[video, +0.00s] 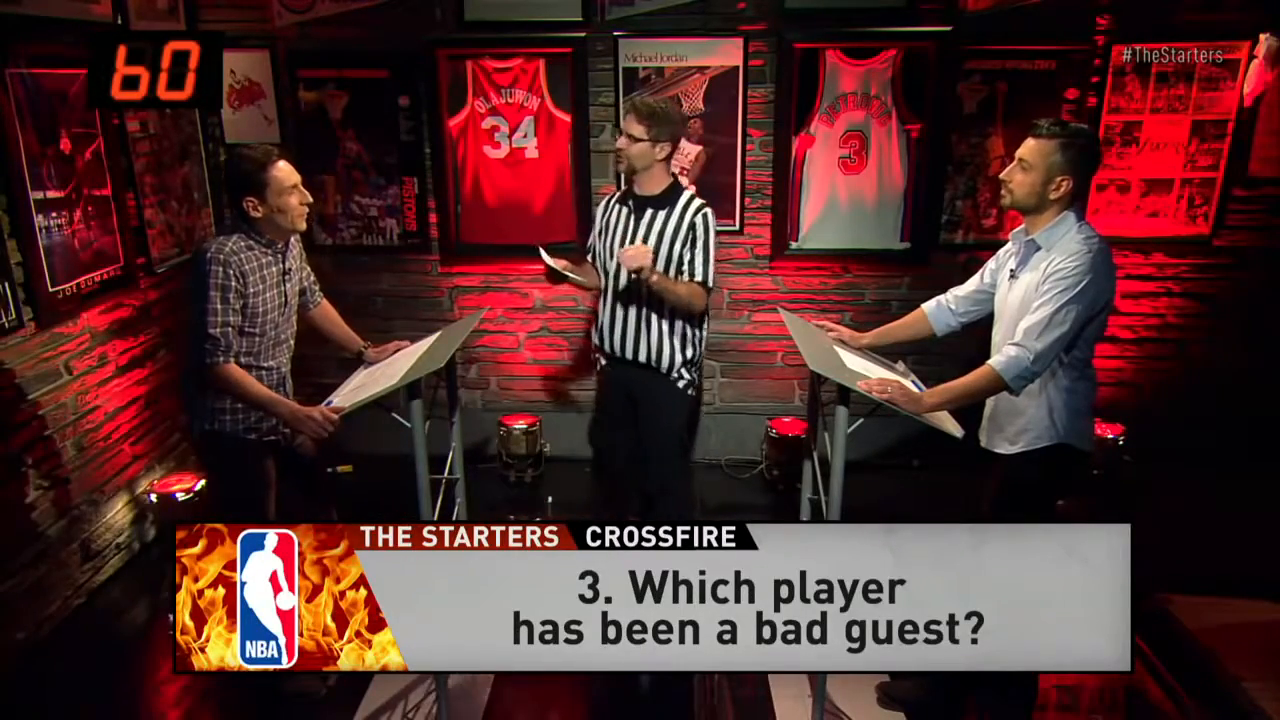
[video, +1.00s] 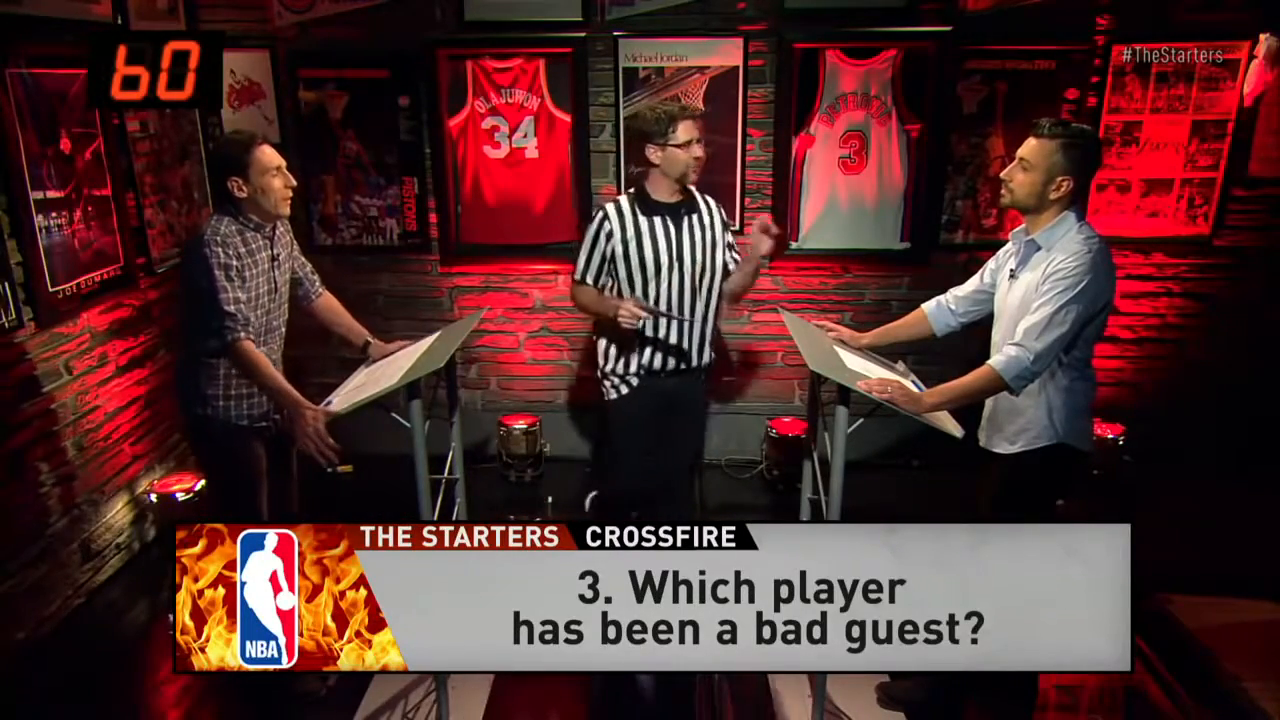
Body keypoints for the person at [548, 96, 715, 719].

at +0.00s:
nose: (618, 145)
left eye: (630, 139)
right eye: (618, 135)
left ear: (665, 148)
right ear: (626, 142)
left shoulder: (693, 212)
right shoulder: (610, 205)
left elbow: (699, 303)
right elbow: (608, 283)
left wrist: (651, 276)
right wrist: (579, 272)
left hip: (669, 381)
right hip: (617, 373)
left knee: (663, 498)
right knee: (611, 489)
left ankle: (670, 596)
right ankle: (617, 590)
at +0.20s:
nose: (623, 145)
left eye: (636, 139)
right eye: (624, 135)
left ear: (668, 151)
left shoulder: (701, 217)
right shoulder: (612, 207)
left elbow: (707, 304)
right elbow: (604, 279)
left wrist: (662, 287)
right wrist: (576, 275)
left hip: (674, 383)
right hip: (618, 374)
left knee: (667, 491)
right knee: (611, 485)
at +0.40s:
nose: (627, 147)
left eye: (640, 140)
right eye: (627, 137)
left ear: (671, 152)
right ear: (624, 138)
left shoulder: (704, 216)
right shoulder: (613, 207)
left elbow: (712, 304)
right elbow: (601, 278)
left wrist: (670, 292)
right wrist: (581, 281)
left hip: (676, 383)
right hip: (618, 375)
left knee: (671, 491)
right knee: (610, 482)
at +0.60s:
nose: (655, 152)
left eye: (665, 143)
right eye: (646, 142)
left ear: (680, 149)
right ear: (631, 148)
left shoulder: (709, 217)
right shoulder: (608, 211)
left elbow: (717, 301)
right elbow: (596, 283)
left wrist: (682, 300)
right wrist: (586, 290)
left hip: (680, 381)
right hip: (618, 376)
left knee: (672, 490)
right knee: (610, 484)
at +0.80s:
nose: (688, 152)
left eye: (689, 142)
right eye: (675, 144)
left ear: (692, 145)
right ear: (643, 153)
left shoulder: (712, 214)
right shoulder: (606, 215)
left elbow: (729, 298)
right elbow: (580, 281)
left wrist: (716, 278)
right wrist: (592, 299)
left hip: (684, 377)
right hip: (622, 376)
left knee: (675, 489)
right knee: (613, 487)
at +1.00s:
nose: (701, 152)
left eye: (701, 142)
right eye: (690, 145)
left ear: (689, 149)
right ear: (654, 153)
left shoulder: (711, 214)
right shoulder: (615, 218)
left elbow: (725, 293)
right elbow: (581, 288)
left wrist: (754, 259)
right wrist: (610, 305)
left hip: (688, 383)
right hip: (631, 385)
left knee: (677, 504)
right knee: (625, 503)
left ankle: (671, 596)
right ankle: (617, 596)